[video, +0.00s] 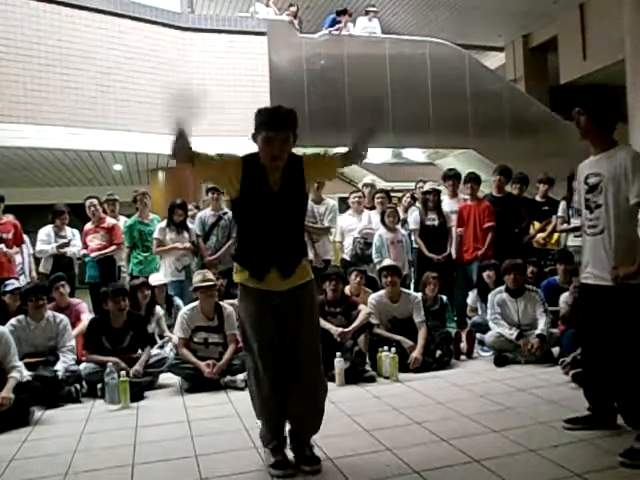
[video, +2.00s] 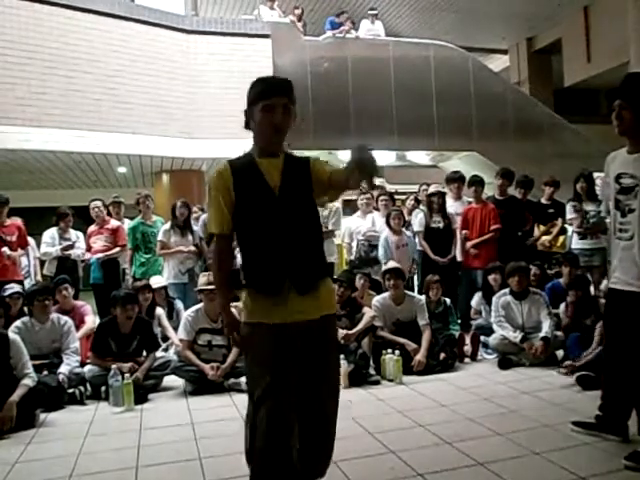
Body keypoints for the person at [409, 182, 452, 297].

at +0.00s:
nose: (432, 198)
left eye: (435, 194)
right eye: (428, 194)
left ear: (438, 197)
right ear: (424, 196)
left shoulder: (444, 214)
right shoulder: (418, 214)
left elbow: (449, 233)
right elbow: (416, 236)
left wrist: (447, 251)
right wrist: (428, 254)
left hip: (443, 257)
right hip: (425, 257)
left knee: (444, 288)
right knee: (424, 288)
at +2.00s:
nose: (437, 200)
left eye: (440, 197)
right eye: (434, 196)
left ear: (443, 199)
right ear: (429, 199)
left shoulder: (449, 216)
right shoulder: (423, 216)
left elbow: (454, 236)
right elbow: (421, 238)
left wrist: (452, 253)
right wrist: (433, 256)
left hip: (447, 258)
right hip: (429, 258)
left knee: (448, 291)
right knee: (429, 290)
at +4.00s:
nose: (435, 200)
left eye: (438, 197)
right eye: (432, 196)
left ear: (443, 200)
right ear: (428, 199)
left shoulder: (449, 218)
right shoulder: (422, 217)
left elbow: (452, 238)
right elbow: (417, 238)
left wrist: (445, 256)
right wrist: (427, 257)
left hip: (444, 261)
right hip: (426, 261)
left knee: (444, 293)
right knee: (425, 293)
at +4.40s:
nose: (435, 201)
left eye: (438, 197)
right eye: (433, 197)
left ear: (443, 200)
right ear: (429, 200)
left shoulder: (450, 218)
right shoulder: (422, 217)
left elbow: (452, 238)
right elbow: (418, 239)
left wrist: (446, 256)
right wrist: (429, 257)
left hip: (444, 259)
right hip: (427, 260)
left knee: (445, 290)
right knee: (426, 289)